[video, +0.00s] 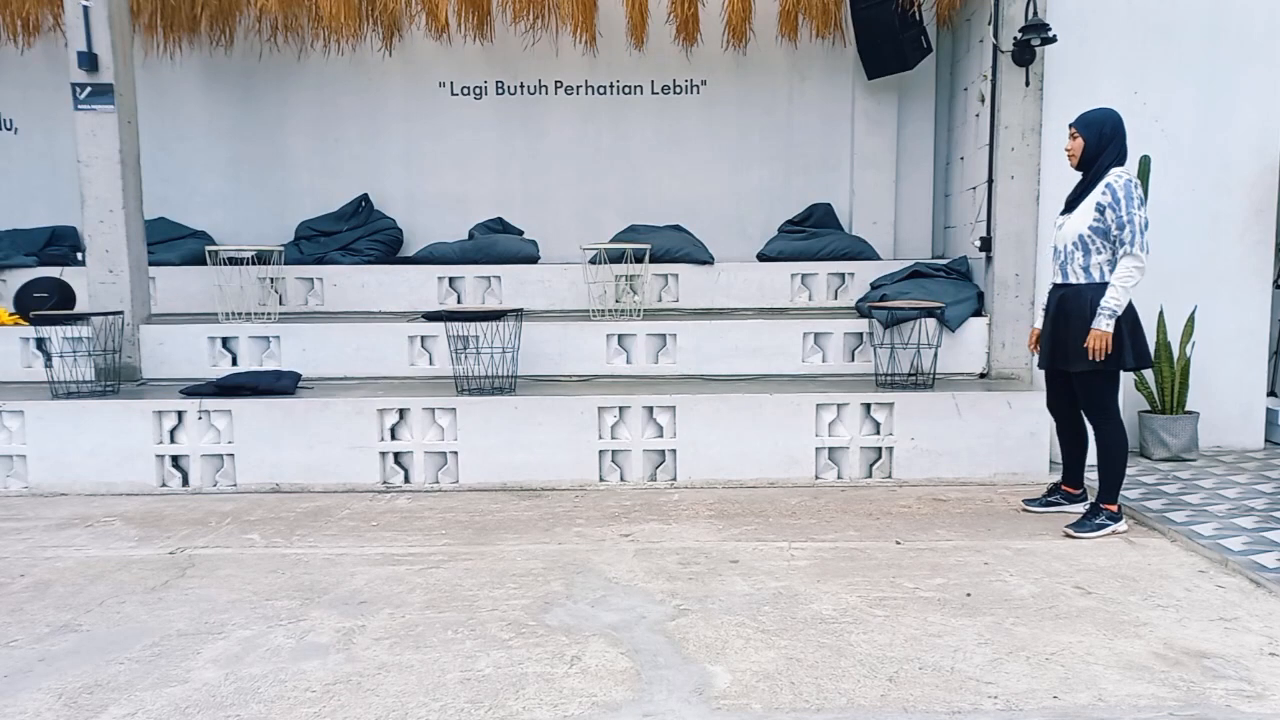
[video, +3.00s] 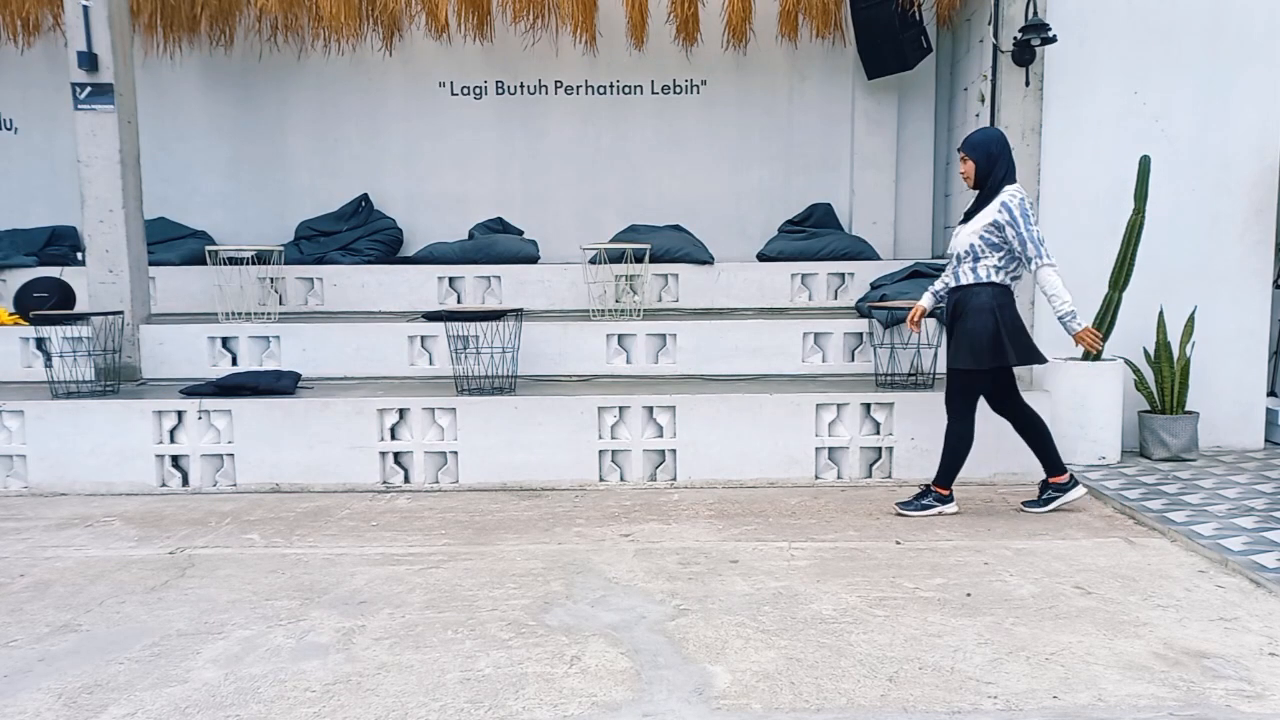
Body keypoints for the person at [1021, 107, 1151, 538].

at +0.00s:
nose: (1067, 145)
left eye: (1074, 137)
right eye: (1068, 137)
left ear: (1097, 140)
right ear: (1088, 142)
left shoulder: (1120, 184)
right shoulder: (1082, 191)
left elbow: (1134, 259)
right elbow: (1064, 268)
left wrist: (1105, 319)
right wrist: (1043, 319)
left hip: (1094, 310)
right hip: (1061, 310)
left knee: (1101, 408)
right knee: (1062, 403)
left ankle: (1109, 507)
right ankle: (1071, 488)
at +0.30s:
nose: (1057, 149)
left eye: (1063, 140)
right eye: (1058, 140)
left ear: (1085, 143)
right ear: (1083, 144)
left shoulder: (1105, 182)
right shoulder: (1076, 188)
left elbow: (1148, 229)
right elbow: (1089, 245)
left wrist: (1108, 278)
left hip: (1084, 308)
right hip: (1054, 306)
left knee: (1093, 407)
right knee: (1059, 402)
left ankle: (1108, 508)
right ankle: (1069, 488)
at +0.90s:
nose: (1040, 155)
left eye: (1047, 147)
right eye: (1041, 147)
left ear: (1069, 149)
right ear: (1063, 151)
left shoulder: (1088, 186)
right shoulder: (1060, 192)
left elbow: (1121, 236)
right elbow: (1074, 245)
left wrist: (1085, 273)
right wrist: (1090, 279)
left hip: (1067, 307)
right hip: (1049, 305)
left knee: (1037, 399)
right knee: (1060, 401)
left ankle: (1057, 497)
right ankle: (1072, 489)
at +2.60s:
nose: (1009, 169)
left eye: (1014, 161)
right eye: (1008, 161)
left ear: (1035, 158)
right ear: (1031, 161)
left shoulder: (1054, 188)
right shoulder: (1039, 195)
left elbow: (1090, 231)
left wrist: (1050, 285)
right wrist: (1030, 286)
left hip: (1039, 312)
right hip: (1033, 311)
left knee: (999, 398)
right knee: (1051, 402)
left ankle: (1004, 495)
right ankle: (1071, 489)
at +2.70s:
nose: (1000, 168)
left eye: (1005, 160)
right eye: (998, 160)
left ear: (1027, 158)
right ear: (1017, 160)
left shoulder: (1048, 186)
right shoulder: (1025, 198)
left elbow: (1091, 231)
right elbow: (1015, 262)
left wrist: (1052, 283)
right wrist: (997, 306)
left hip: (1032, 310)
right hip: (1017, 310)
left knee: (994, 397)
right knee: (1048, 404)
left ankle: (964, 490)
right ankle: (1071, 489)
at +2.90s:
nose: (976, 169)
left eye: (981, 161)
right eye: (976, 162)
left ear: (1002, 160)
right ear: (996, 163)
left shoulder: (1027, 194)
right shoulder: (997, 205)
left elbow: (1072, 248)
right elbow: (978, 268)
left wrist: (1074, 311)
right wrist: (948, 304)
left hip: (1006, 310)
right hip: (988, 311)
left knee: (968, 400)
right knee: (1030, 403)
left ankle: (939, 489)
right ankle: (1068, 486)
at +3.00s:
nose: (960, 169)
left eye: (965, 160)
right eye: (960, 160)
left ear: (987, 160)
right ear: (983, 160)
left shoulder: (1011, 198)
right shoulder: (983, 204)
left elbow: (1041, 263)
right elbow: (958, 265)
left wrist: (1071, 321)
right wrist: (927, 300)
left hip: (982, 308)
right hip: (967, 308)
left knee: (959, 402)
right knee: (1006, 402)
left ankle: (940, 490)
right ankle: (1060, 479)